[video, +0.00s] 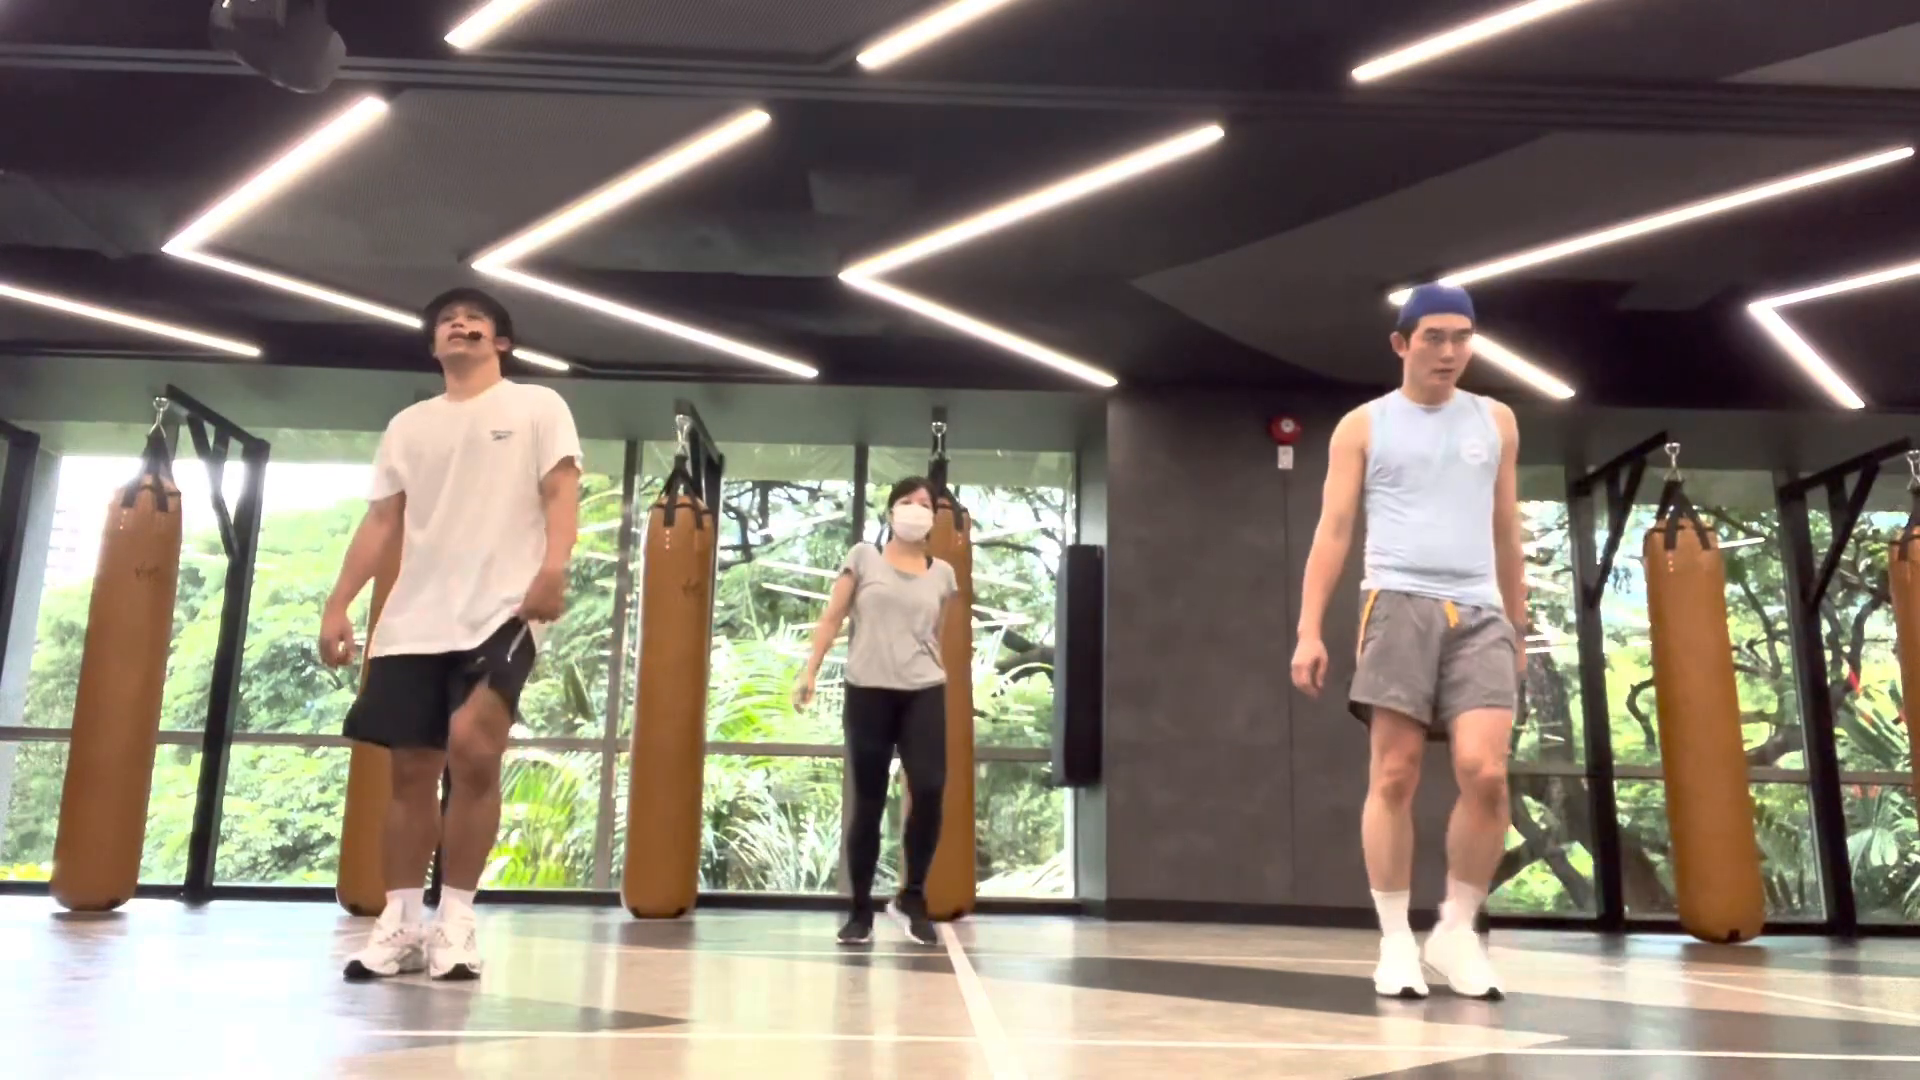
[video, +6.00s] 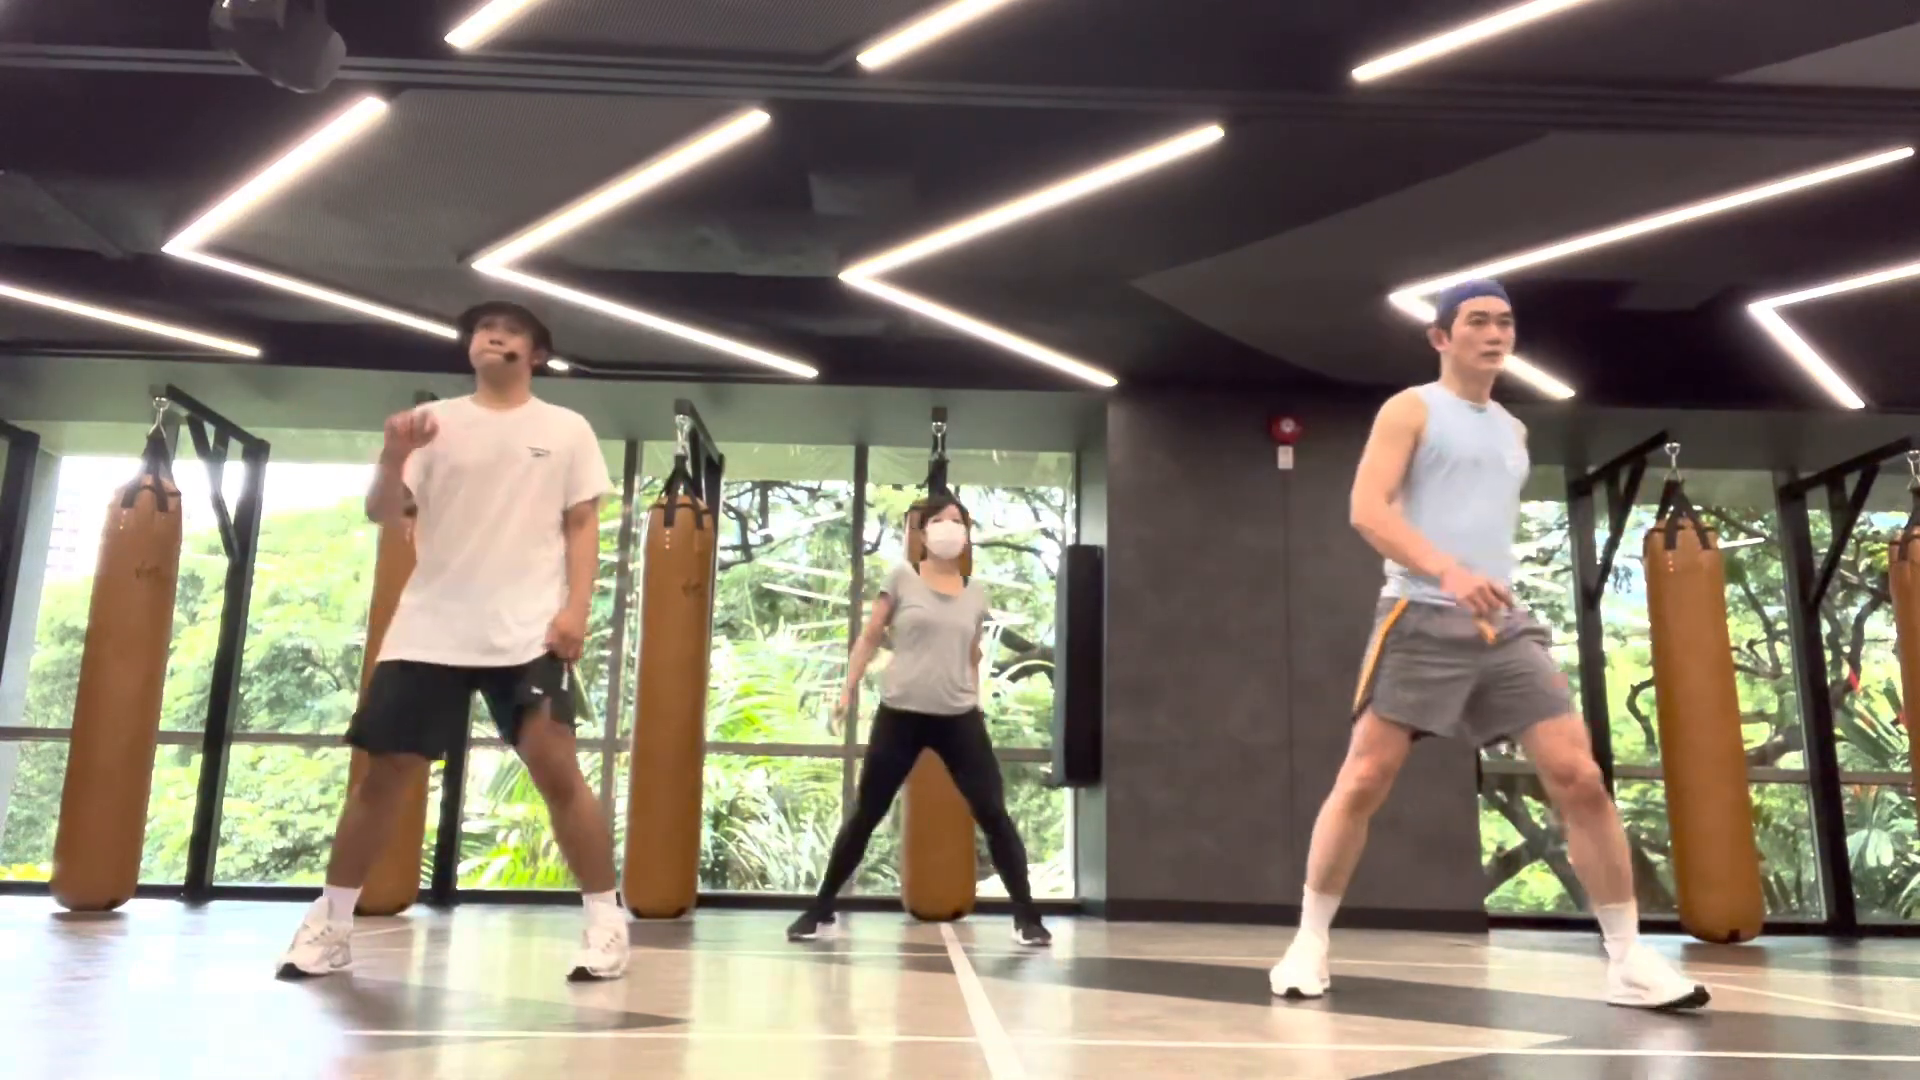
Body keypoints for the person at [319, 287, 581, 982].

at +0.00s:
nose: (460, 327)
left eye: (475, 320)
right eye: (447, 322)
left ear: (502, 341)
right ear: (432, 345)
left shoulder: (539, 405)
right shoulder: (407, 426)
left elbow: (562, 495)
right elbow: (379, 523)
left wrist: (554, 569)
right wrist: (338, 604)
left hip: (499, 616)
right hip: (412, 621)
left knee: (473, 746)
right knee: (410, 769)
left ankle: (455, 922)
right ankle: (400, 925)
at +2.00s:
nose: (447, 327)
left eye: (463, 319)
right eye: (435, 318)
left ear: (487, 342)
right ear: (416, 337)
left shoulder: (520, 410)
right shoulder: (381, 416)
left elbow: (534, 502)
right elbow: (357, 515)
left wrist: (525, 592)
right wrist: (316, 600)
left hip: (483, 618)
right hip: (392, 618)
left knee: (484, 750)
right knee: (372, 768)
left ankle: (475, 900)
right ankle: (359, 927)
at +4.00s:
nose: (445, 322)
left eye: (459, 309)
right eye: (445, 311)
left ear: (499, 321)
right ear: (454, 325)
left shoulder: (547, 409)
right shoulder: (416, 407)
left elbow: (564, 506)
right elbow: (397, 515)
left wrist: (559, 592)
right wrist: (383, 603)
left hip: (501, 614)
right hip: (408, 615)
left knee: (519, 746)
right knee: (375, 765)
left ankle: (560, 892)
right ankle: (359, 929)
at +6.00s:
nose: (496, 338)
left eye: (513, 331)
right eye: (485, 329)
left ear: (537, 354)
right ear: (467, 349)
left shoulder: (566, 430)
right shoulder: (431, 421)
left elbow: (582, 526)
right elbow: (382, 511)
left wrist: (576, 608)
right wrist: (395, 453)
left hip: (524, 630)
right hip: (429, 628)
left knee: (553, 765)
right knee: (381, 773)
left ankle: (606, 922)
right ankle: (330, 924)